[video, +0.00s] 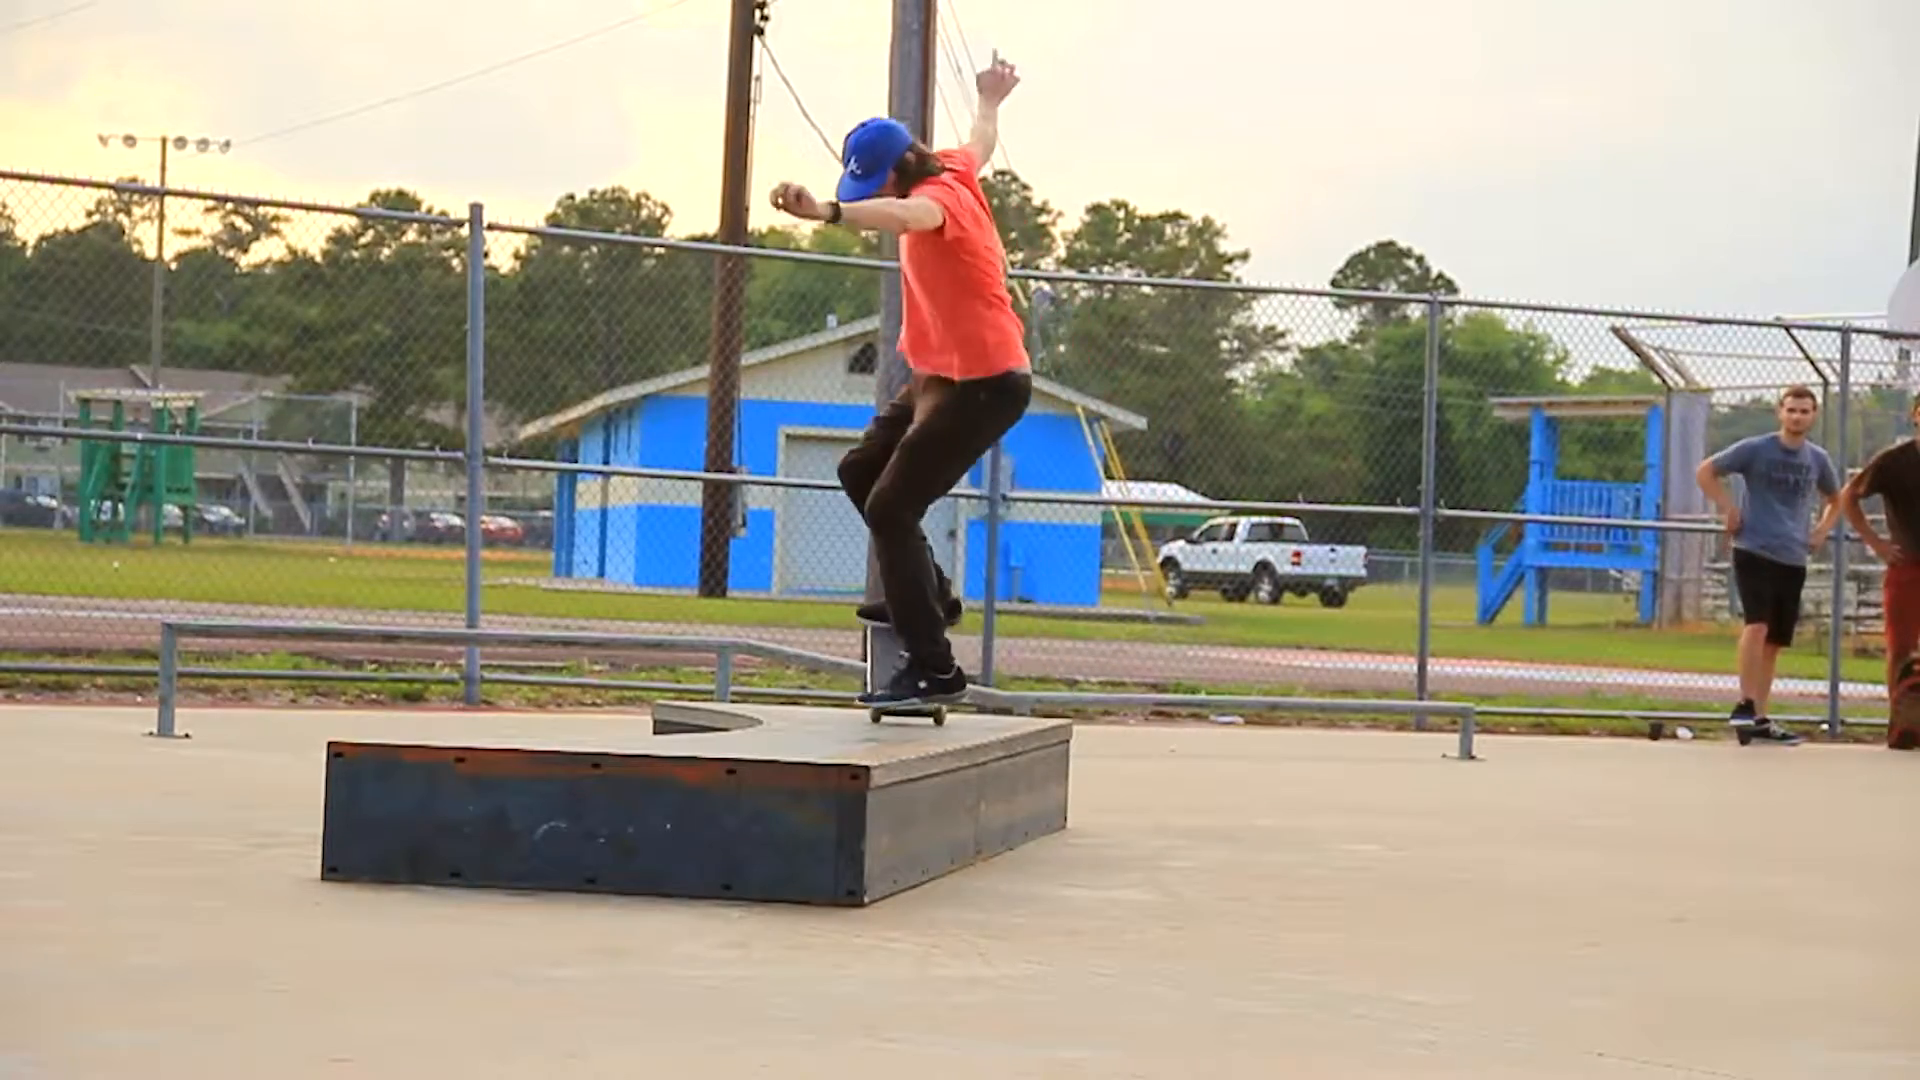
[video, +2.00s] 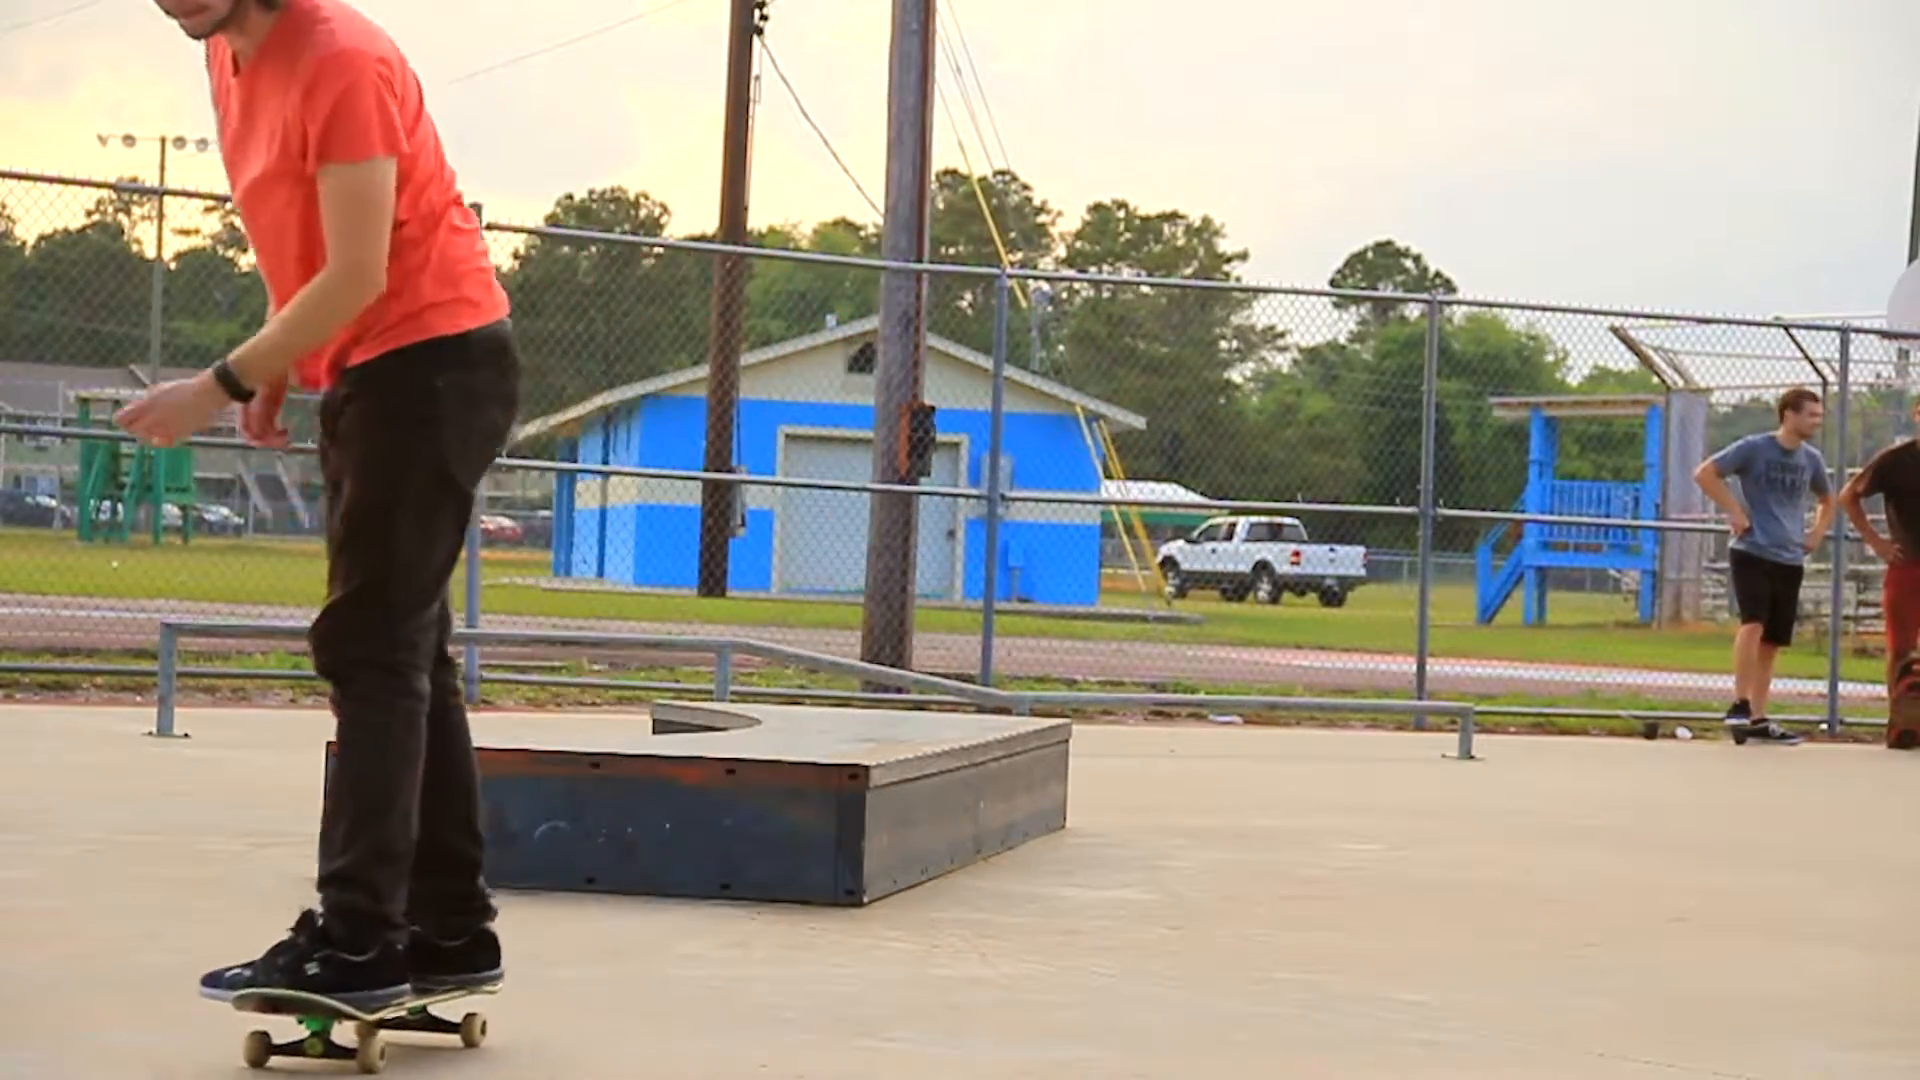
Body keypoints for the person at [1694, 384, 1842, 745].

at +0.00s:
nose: (1798, 416)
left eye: (1805, 411)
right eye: (1792, 410)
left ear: (1813, 416)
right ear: (1780, 413)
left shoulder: (1818, 459)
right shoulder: (1756, 449)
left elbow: (1835, 498)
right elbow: (1705, 472)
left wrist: (1821, 530)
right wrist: (1728, 508)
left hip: (1792, 556)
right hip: (1754, 549)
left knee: (1774, 642)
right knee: (1757, 624)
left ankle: (1760, 715)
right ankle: (1746, 705)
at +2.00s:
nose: (1817, 422)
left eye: (1819, 415)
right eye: (1812, 415)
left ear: (1816, 420)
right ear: (1788, 415)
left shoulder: (1812, 459)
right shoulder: (1755, 447)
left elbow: (1828, 500)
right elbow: (1705, 473)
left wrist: (1817, 534)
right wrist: (1735, 511)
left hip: (1789, 557)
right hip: (1752, 550)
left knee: (1772, 641)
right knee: (1753, 624)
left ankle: (1758, 717)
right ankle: (1741, 704)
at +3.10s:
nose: (1800, 401)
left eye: (1807, 395)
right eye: (1795, 395)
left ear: (1822, 399)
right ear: (1787, 401)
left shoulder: (1845, 443)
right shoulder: (1770, 446)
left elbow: (1888, 482)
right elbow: (1756, 503)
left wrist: (1857, 515)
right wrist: (1755, 554)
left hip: (1825, 556)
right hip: (1781, 554)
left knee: (1818, 640)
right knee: (1774, 637)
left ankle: (1807, 714)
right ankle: (1771, 712)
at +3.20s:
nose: (1800, 402)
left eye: (1807, 395)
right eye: (1795, 396)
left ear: (1822, 399)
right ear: (1787, 401)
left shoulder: (1845, 443)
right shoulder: (1769, 446)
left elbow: (1887, 482)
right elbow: (1754, 502)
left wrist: (1857, 515)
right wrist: (1754, 554)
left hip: (1825, 557)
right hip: (1780, 554)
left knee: (1818, 640)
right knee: (1774, 637)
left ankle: (1808, 714)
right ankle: (1771, 712)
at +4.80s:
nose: (1797, 401)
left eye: (1804, 395)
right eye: (1791, 395)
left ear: (1817, 400)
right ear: (1782, 400)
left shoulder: (1839, 442)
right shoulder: (1763, 447)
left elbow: (1881, 480)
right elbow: (1750, 503)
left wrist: (1852, 514)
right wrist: (1754, 556)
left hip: (1822, 555)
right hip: (1777, 553)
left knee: (1816, 638)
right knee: (1773, 637)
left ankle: (1807, 713)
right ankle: (1770, 711)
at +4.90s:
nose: (1798, 402)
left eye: (1805, 395)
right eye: (1792, 395)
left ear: (1817, 399)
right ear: (1783, 400)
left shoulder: (1840, 442)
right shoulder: (1764, 447)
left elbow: (1881, 480)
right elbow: (1750, 503)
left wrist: (1852, 514)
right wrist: (1755, 555)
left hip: (1822, 555)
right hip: (1777, 553)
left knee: (1816, 639)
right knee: (1773, 637)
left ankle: (1807, 713)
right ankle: (1770, 711)